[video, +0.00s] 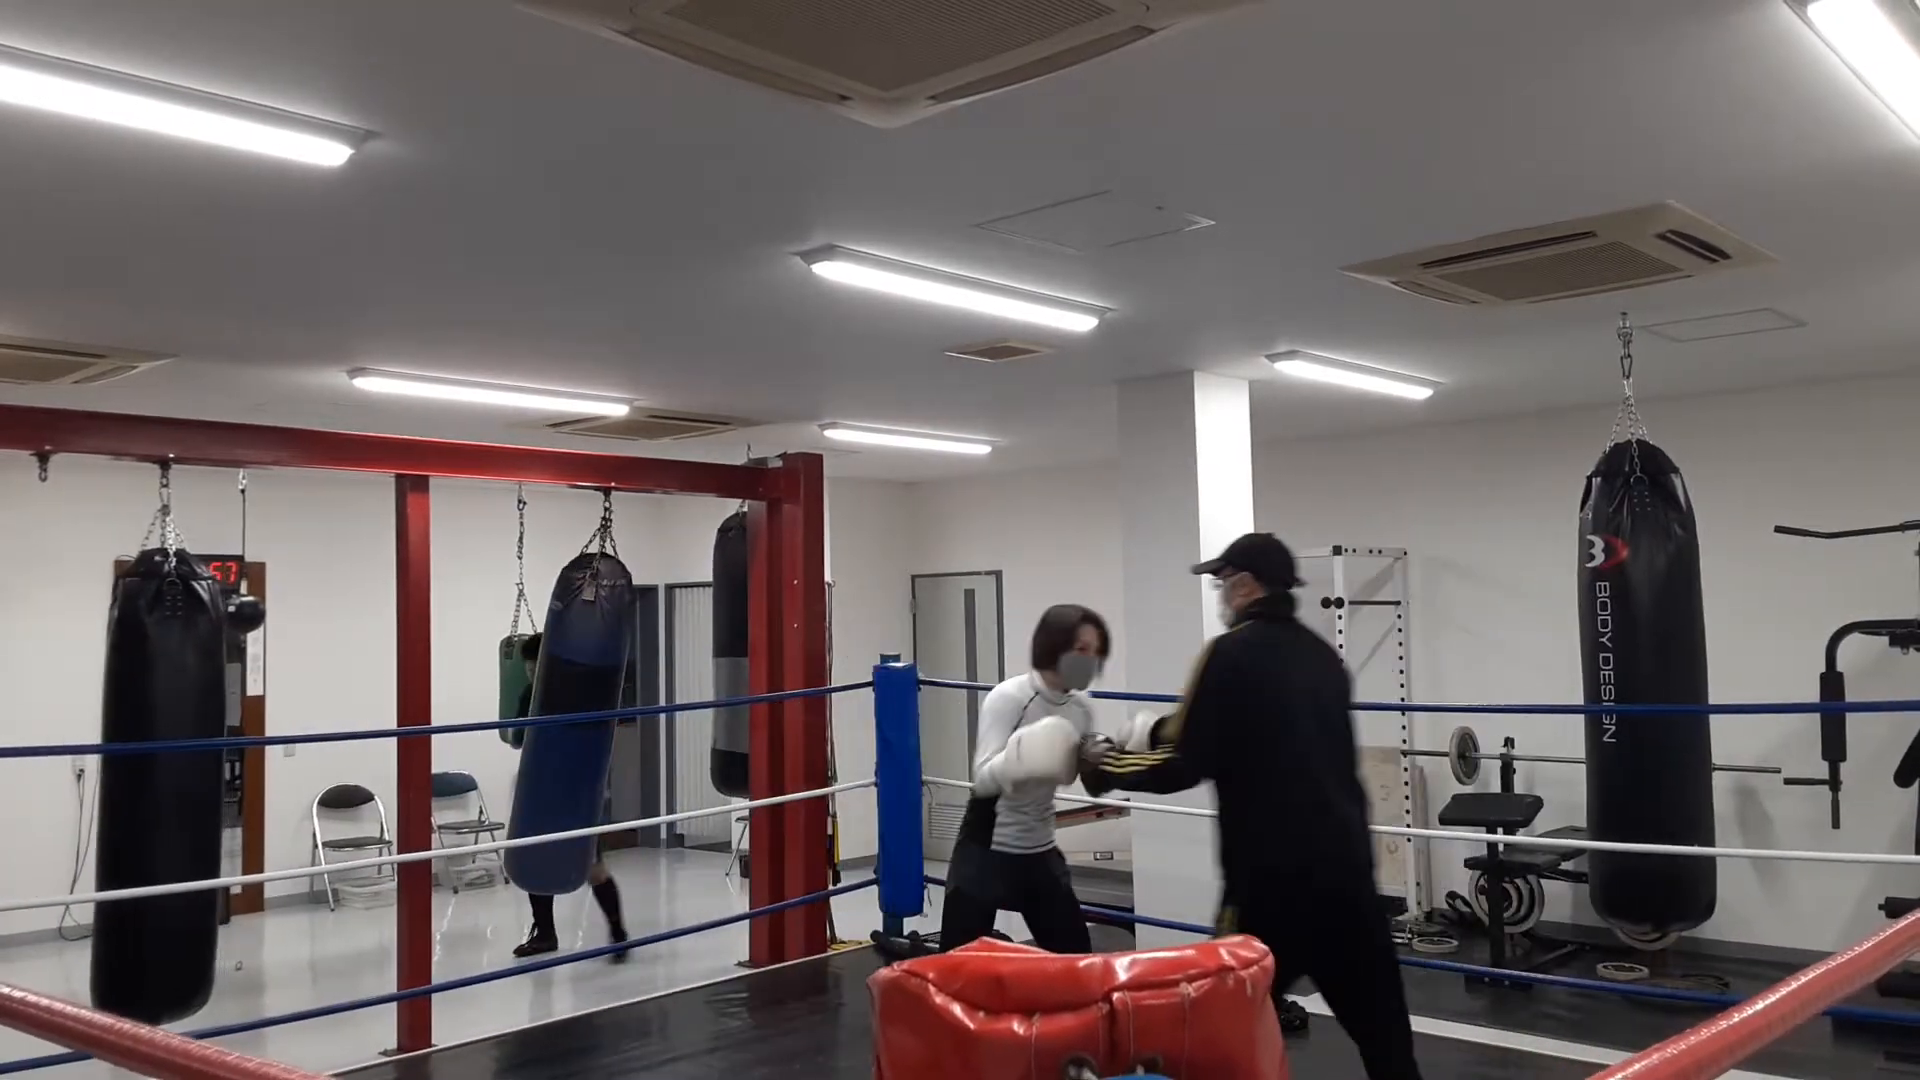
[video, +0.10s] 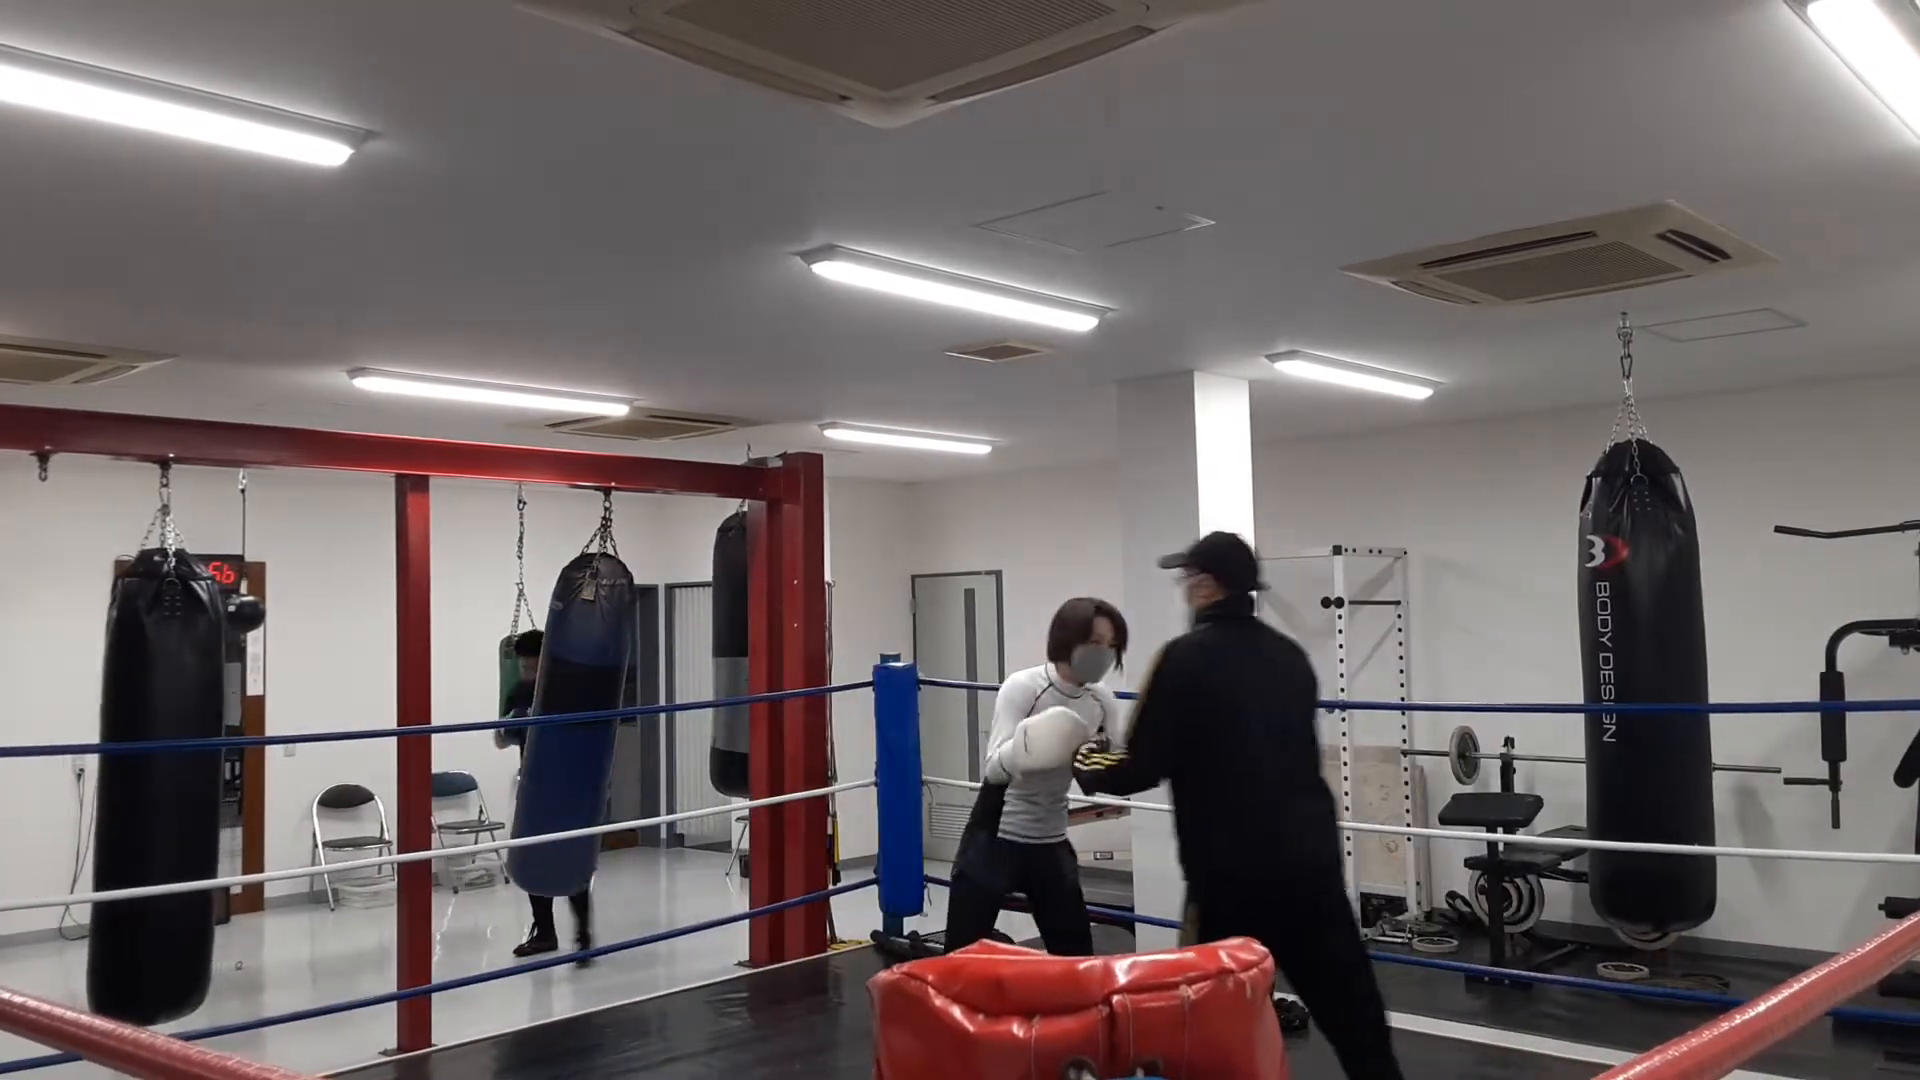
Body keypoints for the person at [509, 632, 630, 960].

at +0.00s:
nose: (531, 669)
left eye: (536, 663)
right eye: (530, 664)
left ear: (549, 663)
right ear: (531, 667)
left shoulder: (579, 685)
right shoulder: (535, 694)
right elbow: (515, 738)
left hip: (579, 776)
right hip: (541, 777)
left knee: (588, 853)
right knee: (535, 849)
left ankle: (617, 931)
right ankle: (544, 932)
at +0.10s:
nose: (526, 668)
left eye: (532, 662)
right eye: (524, 662)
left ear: (547, 660)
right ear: (520, 663)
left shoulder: (570, 689)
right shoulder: (523, 695)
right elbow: (502, 738)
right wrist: (515, 721)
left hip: (573, 780)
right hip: (536, 782)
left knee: (574, 854)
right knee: (532, 853)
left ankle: (583, 936)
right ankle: (543, 932)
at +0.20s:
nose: (526, 671)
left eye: (532, 665)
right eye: (521, 665)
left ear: (546, 662)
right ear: (515, 664)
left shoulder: (559, 690)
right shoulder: (508, 696)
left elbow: (576, 730)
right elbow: (485, 744)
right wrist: (495, 731)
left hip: (556, 781)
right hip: (523, 784)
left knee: (551, 849)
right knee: (525, 853)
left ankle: (546, 931)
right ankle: (540, 930)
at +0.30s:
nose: (527, 676)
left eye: (534, 668)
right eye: (521, 668)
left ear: (545, 666)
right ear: (511, 667)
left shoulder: (556, 695)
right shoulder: (501, 698)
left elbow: (572, 733)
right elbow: (477, 746)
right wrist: (492, 736)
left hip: (548, 788)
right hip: (515, 789)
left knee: (530, 862)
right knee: (520, 861)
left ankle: (517, 944)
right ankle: (545, 931)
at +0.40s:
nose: (527, 676)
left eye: (534, 668)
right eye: (520, 668)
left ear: (544, 666)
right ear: (510, 667)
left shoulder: (555, 696)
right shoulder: (498, 697)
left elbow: (574, 733)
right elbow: (475, 743)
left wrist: (559, 739)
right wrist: (493, 741)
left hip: (544, 789)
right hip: (509, 789)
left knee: (525, 865)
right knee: (509, 864)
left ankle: (517, 945)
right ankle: (543, 923)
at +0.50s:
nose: (514, 675)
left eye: (522, 668)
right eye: (508, 667)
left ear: (538, 663)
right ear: (501, 664)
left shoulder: (553, 698)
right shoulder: (489, 693)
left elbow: (572, 739)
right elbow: (465, 739)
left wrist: (551, 745)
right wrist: (488, 740)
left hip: (534, 791)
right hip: (497, 790)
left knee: (520, 874)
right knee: (487, 874)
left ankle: (512, 951)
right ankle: (523, 915)